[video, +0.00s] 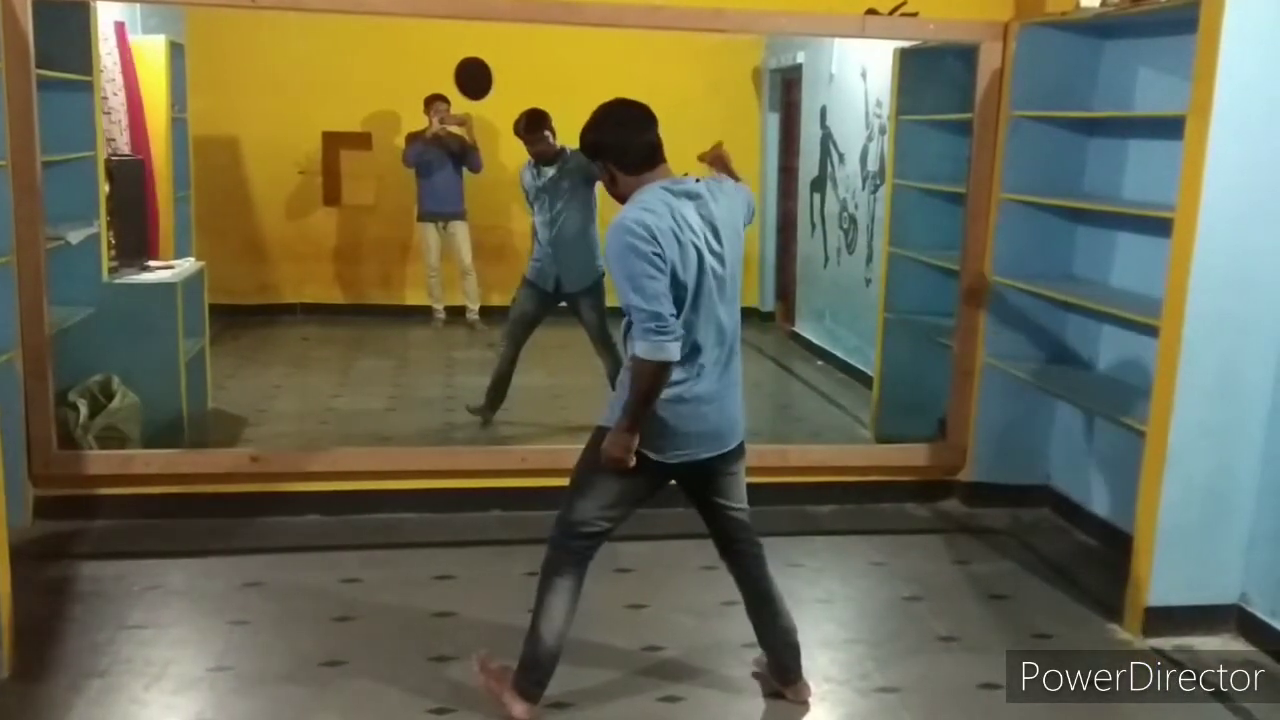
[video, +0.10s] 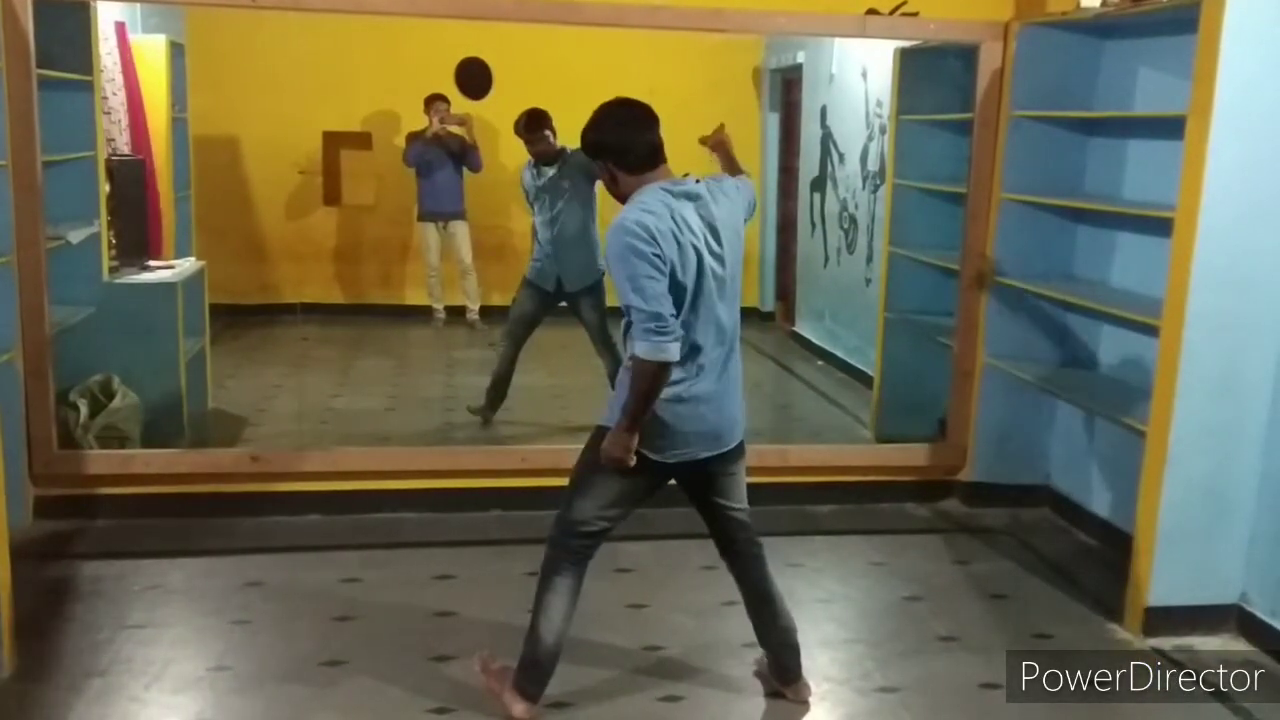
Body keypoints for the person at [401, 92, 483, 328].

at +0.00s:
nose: (440, 116)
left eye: (444, 111)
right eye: (436, 111)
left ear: (450, 114)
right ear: (427, 113)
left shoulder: (456, 140)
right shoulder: (417, 139)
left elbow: (475, 166)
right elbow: (409, 160)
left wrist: (469, 135)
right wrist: (429, 134)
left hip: (456, 213)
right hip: (428, 214)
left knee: (466, 265)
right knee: (432, 267)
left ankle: (473, 313)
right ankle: (438, 312)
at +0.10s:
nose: (440, 115)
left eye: (444, 111)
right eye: (436, 110)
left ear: (450, 114)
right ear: (427, 113)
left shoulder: (456, 140)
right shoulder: (417, 139)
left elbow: (476, 165)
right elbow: (410, 160)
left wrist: (469, 133)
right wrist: (429, 134)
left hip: (456, 213)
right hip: (428, 214)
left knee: (466, 264)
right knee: (433, 266)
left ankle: (473, 312)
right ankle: (438, 311)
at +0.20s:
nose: (440, 115)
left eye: (444, 111)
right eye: (436, 110)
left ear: (450, 113)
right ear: (427, 113)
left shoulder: (456, 140)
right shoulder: (417, 138)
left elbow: (476, 165)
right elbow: (410, 160)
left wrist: (469, 133)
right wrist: (429, 134)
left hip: (456, 213)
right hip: (428, 214)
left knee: (466, 264)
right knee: (433, 266)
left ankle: (473, 312)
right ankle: (438, 311)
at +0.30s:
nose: (440, 115)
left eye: (444, 110)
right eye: (436, 110)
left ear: (450, 113)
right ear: (427, 112)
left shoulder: (456, 140)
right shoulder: (417, 138)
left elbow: (476, 165)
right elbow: (410, 160)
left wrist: (470, 133)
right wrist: (429, 134)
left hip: (456, 213)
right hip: (428, 214)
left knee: (466, 264)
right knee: (433, 266)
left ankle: (473, 312)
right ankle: (438, 311)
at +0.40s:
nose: (440, 115)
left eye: (444, 111)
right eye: (436, 110)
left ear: (450, 114)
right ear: (427, 113)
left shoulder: (456, 140)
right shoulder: (417, 139)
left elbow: (476, 165)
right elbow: (410, 160)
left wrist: (470, 133)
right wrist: (429, 134)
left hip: (456, 213)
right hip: (428, 214)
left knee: (466, 264)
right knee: (433, 267)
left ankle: (473, 313)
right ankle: (438, 312)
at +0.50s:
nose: (440, 115)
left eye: (444, 111)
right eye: (435, 110)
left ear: (450, 113)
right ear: (427, 113)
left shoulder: (456, 140)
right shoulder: (416, 138)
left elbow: (476, 165)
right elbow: (410, 161)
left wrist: (470, 133)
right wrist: (429, 134)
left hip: (456, 213)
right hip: (428, 214)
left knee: (466, 264)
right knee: (433, 267)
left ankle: (473, 313)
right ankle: (438, 311)